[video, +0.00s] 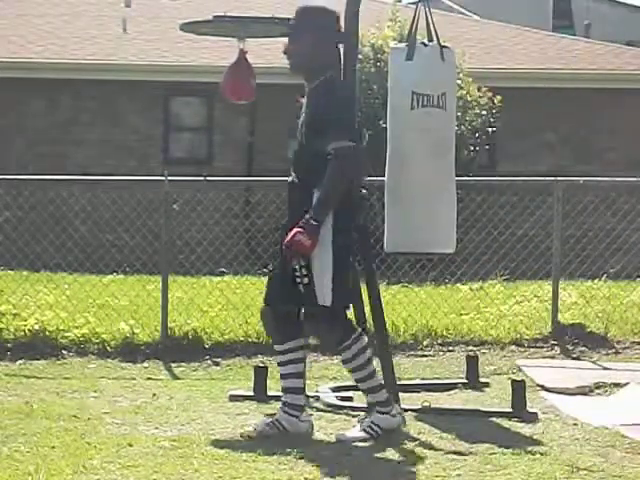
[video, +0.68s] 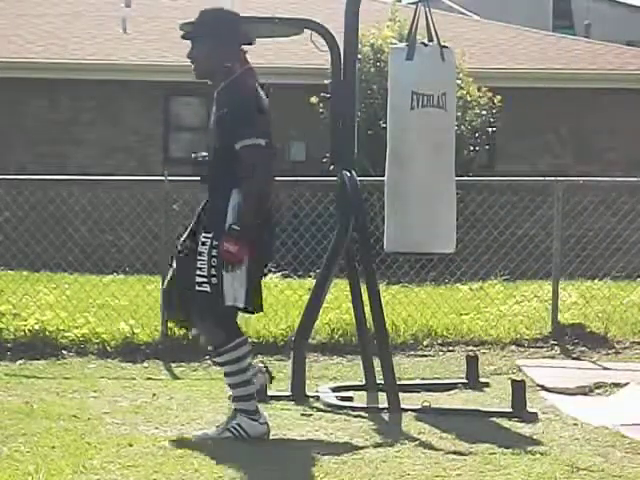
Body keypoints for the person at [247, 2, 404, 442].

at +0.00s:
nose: (286, 45)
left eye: (296, 36)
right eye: (289, 36)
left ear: (324, 43)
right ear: (313, 44)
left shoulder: (334, 93)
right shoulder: (316, 94)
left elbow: (345, 163)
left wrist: (312, 224)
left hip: (331, 220)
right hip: (305, 218)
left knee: (327, 321)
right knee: (279, 313)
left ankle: (385, 411)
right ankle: (293, 416)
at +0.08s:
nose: (268, 48)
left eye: (276, 39)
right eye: (270, 39)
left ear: (303, 43)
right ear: (295, 45)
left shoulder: (316, 92)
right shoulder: (300, 92)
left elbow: (329, 164)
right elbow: (305, 161)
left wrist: (304, 225)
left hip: (310, 222)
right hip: (287, 218)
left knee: (294, 320)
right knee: (272, 316)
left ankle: (362, 391)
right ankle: (291, 414)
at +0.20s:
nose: (250, 53)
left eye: (257, 44)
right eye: (252, 45)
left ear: (278, 50)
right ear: (281, 51)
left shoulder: (292, 97)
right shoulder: (280, 95)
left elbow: (309, 170)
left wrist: (294, 233)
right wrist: (246, 58)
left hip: (286, 218)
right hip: (276, 216)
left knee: (242, 307)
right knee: (255, 309)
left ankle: (311, 371)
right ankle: (294, 409)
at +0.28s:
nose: (240, 44)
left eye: (246, 35)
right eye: (240, 36)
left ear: (266, 40)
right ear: (270, 41)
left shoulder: (283, 89)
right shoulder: (271, 87)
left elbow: (301, 163)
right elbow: (234, 91)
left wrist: (291, 226)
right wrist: (243, 57)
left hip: (275, 207)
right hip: (272, 205)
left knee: (226, 301)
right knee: (272, 309)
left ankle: (283, 393)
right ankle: (290, 409)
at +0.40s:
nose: (225, 44)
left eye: (232, 35)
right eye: (226, 35)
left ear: (255, 39)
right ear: (256, 39)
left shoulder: (272, 91)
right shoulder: (260, 89)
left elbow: (288, 164)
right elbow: (230, 92)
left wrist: (276, 227)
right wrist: (236, 61)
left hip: (256, 211)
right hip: (258, 208)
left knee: (228, 309)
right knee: (265, 310)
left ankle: (249, 412)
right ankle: (291, 409)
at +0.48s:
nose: (215, 47)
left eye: (222, 38)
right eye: (216, 38)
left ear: (249, 41)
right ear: (239, 41)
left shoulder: (261, 91)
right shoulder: (252, 90)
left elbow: (277, 166)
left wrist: (265, 228)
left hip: (249, 210)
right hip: (248, 208)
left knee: (226, 313)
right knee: (251, 311)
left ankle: (250, 413)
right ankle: (288, 407)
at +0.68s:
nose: (189, 54)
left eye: (196, 45)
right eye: (190, 45)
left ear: (222, 47)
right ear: (224, 47)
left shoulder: (241, 94)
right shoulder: (230, 91)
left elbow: (255, 169)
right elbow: (227, 172)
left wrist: (239, 231)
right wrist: (200, 225)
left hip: (229, 219)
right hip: (217, 216)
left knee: (209, 309)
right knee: (190, 299)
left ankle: (249, 418)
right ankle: (250, 374)